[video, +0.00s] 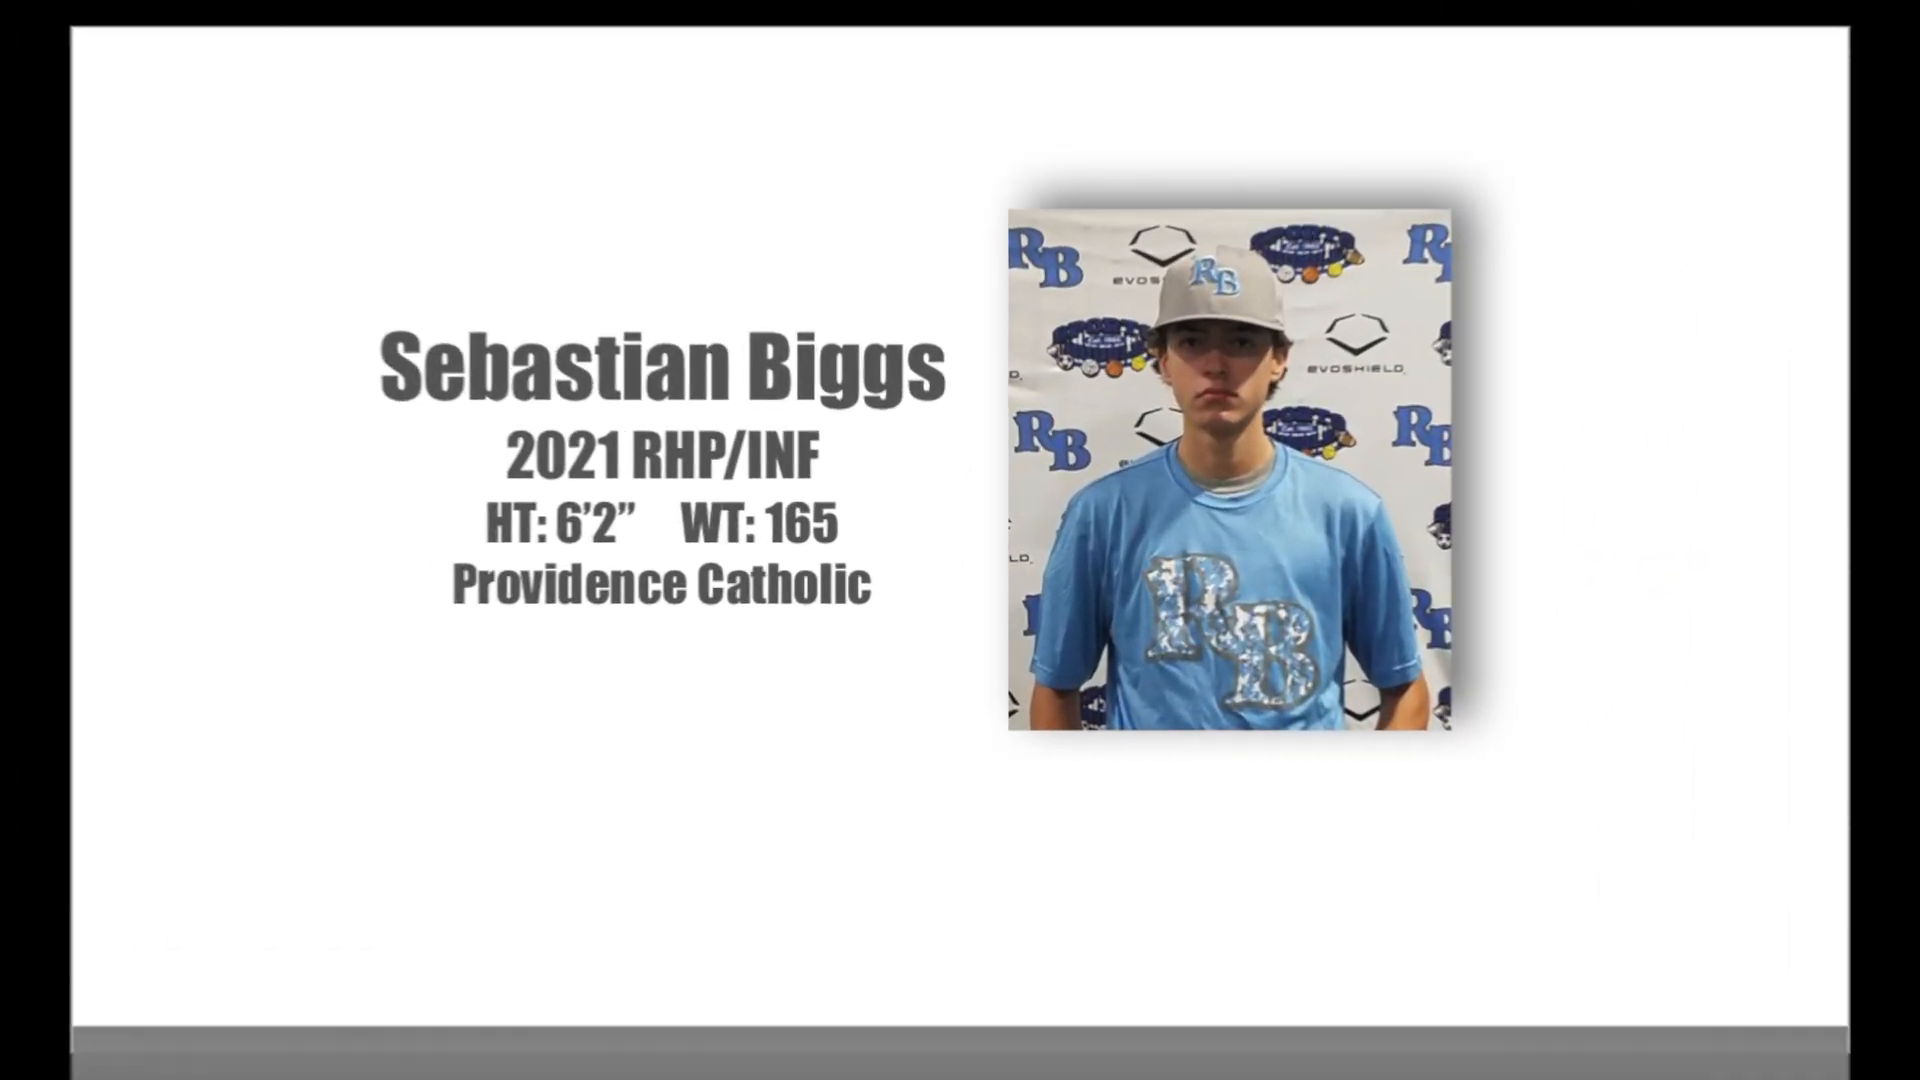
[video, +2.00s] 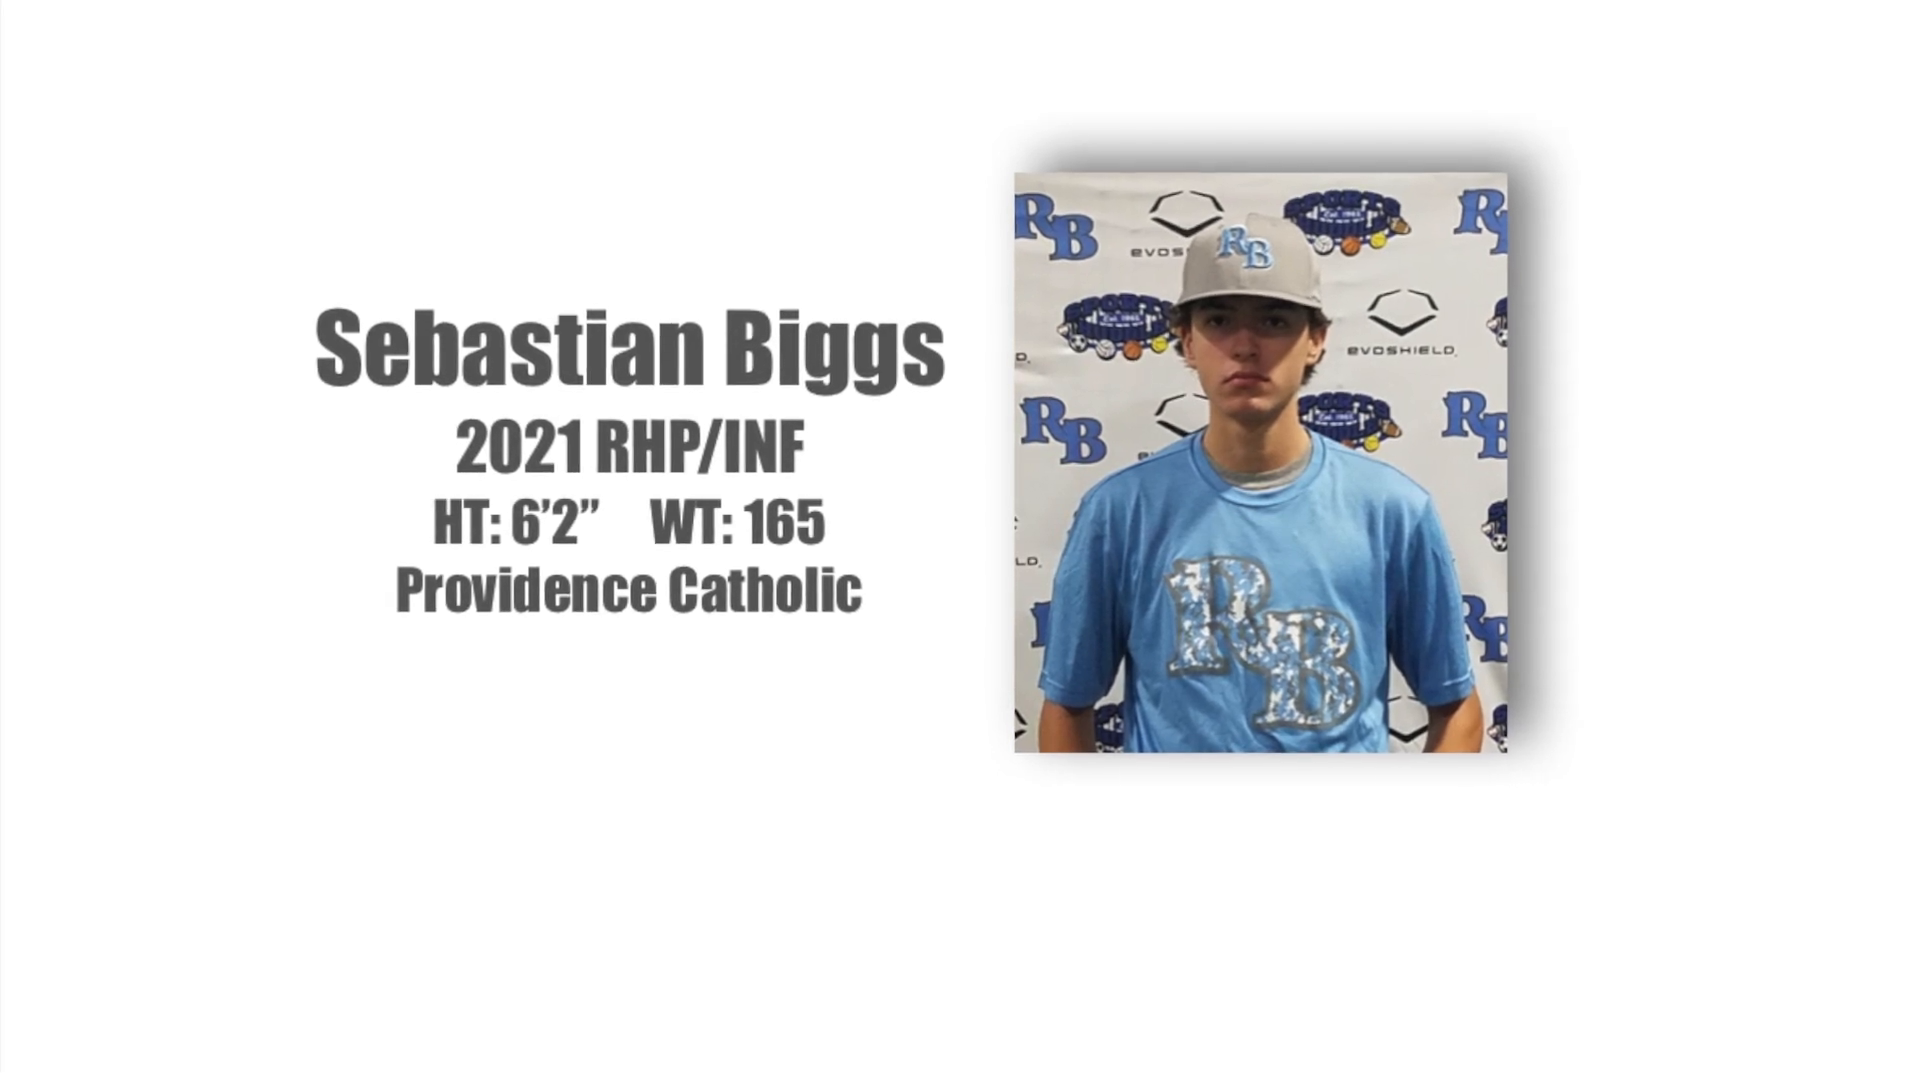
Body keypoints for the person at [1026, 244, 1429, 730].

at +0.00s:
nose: (1216, 364)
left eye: (1241, 341)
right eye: (1195, 342)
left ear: (1277, 361)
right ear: (1163, 363)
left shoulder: (1349, 513)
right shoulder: (1100, 515)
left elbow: (1407, 690)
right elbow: (1056, 693)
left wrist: (1370, 797)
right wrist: (1066, 802)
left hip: (1311, 793)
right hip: (1149, 793)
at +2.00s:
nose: (1245, 345)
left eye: (1273, 321)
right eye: (1221, 321)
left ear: (1314, 342)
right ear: (1187, 342)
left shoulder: (1394, 511)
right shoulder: (1117, 513)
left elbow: (1457, 708)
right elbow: (1067, 711)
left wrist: (1420, 827)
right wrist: (1076, 832)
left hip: (1351, 823)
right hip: (1171, 823)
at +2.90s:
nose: (1250, 342)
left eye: (1279, 318)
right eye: (1226, 318)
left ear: (1320, 340)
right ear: (1190, 340)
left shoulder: (1402, 511)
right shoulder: (1120, 513)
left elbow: (1465, 711)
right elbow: (1069, 714)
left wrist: (1425, 832)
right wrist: (1081, 838)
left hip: (1357, 829)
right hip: (1174, 829)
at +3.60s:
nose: (1254, 340)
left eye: (1283, 315)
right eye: (1229, 316)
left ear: (1325, 337)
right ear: (1194, 338)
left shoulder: (1407, 511)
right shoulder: (1122, 513)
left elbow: (1472, 714)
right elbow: (1071, 717)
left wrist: (1432, 835)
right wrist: (1084, 842)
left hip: (1362, 832)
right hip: (1177, 832)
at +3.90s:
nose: (1256, 339)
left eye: (1285, 314)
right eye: (1231, 314)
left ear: (1327, 336)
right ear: (1195, 337)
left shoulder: (1409, 511)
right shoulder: (1123, 513)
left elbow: (1475, 715)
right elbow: (1071, 717)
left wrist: (1435, 837)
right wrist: (1084, 844)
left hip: (1364, 834)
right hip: (1179, 834)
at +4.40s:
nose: (1259, 337)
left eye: (1288, 312)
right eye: (1234, 312)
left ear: (1331, 334)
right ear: (1198, 335)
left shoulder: (1414, 511)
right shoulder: (1125, 514)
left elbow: (1481, 717)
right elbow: (1073, 720)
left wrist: (1439, 840)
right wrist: (1085, 847)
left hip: (1369, 837)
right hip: (1181, 836)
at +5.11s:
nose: (1117, 342)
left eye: (1142, 320)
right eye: (1096, 320)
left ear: (1179, 339)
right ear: (1064, 339)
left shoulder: (1249, 491)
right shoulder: (1002, 494)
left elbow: (1306, 668)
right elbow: (958, 671)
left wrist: (1273, 776)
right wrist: (965, 782)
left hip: (1211, 775)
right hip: (1050, 776)